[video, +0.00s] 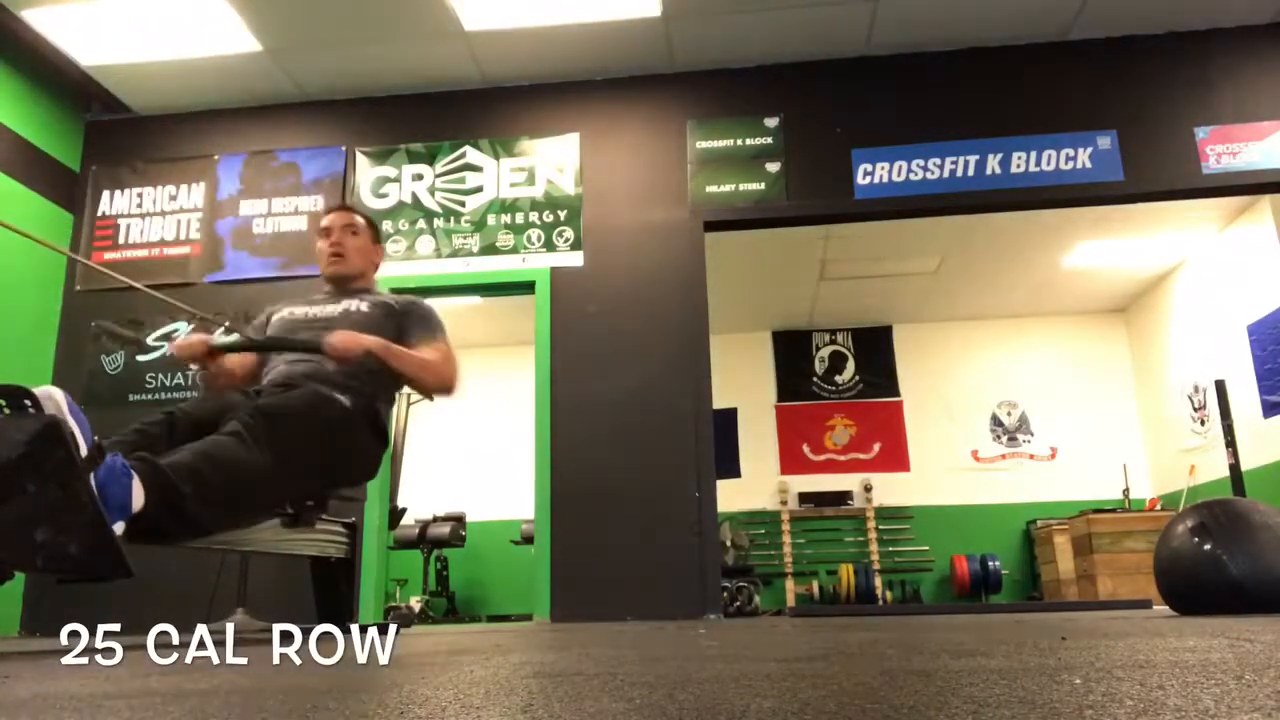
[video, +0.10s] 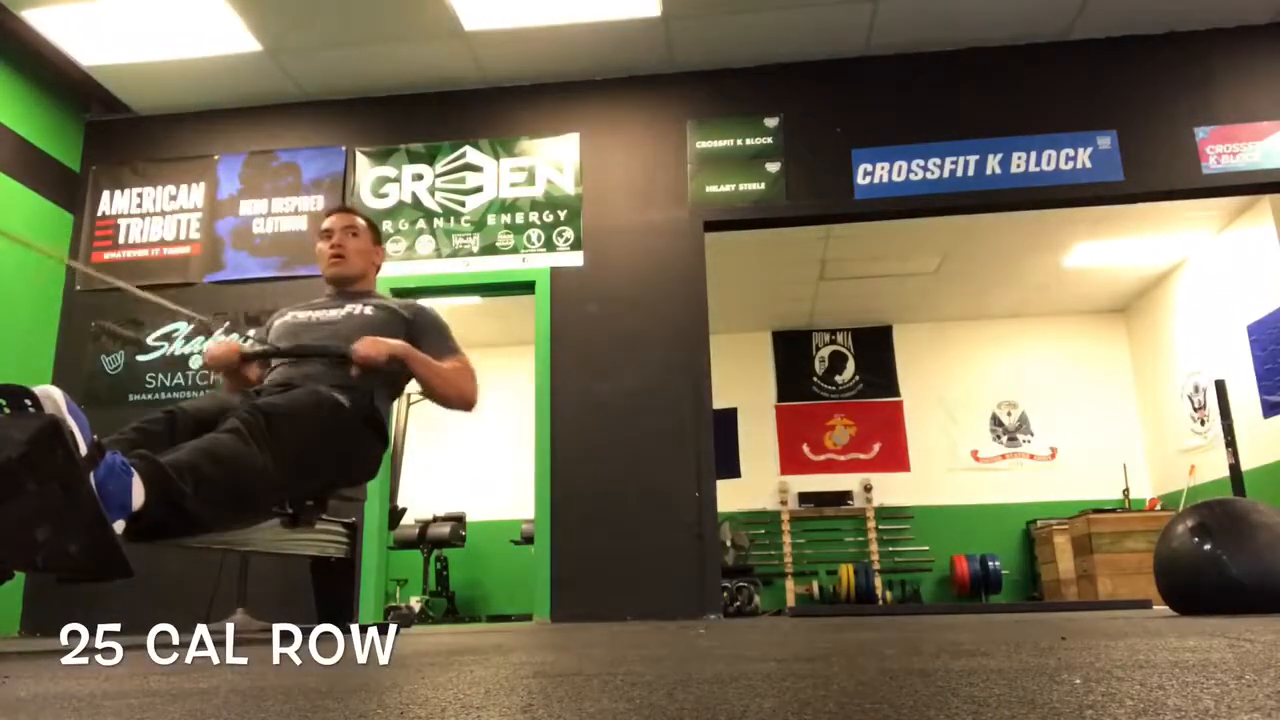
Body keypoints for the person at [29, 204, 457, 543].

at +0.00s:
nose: (333, 239)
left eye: (348, 231)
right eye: (324, 234)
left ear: (376, 252)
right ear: (317, 254)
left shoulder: (403, 309)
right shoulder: (280, 312)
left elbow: (444, 378)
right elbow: (240, 375)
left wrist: (374, 345)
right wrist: (205, 359)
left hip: (343, 410)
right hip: (266, 404)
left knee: (254, 439)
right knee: (178, 423)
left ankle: (127, 495)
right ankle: (98, 462)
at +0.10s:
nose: (335, 241)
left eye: (349, 233)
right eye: (326, 236)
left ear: (378, 255)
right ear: (317, 255)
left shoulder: (408, 315)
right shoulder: (291, 316)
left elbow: (465, 394)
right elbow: (253, 389)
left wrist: (404, 350)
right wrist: (225, 365)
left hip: (346, 410)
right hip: (273, 405)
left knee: (254, 436)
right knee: (177, 420)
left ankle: (130, 494)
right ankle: (95, 472)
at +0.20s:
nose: (334, 243)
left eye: (348, 235)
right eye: (326, 237)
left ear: (377, 254)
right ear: (316, 255)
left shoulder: (409, 316)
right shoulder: (288, 319)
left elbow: (464, 396)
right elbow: (256, 388)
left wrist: (406, 354)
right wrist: (236, 369)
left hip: (346, 409)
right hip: (270, 405)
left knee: (253, 436)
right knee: (176, 420)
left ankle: (129, 493)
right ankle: (95, 474)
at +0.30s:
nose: (333, 243)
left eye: (346, 234)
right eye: (324, 237)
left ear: (375, 252)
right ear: (315, 253)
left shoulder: (407, 315)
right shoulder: (289, 320)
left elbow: (454, 393)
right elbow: (262, 381)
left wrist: (394, 354)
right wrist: (221, 374)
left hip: (343, 411)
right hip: (271, 407)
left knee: (250, 438)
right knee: (176, 421)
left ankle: (127, 493)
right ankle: (91, 473)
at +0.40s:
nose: (329, 237)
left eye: (343, 228)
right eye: (320, 231)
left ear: (374, 246)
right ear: (311, 247)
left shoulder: (401, 308)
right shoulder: (284, 314)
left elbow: (440, 379)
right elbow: (242, 376)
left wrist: (375, 346)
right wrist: (198, 365)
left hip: (341, 408)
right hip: (263, 405)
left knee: (248, 437)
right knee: (165, 424)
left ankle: (130, 489)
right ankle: (88, 468)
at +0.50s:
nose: (323, 226)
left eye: (338, 216)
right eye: (315, 219)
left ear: (368, 236)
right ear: (307, 236)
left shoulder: (392, 296)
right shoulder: (277, 301)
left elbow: (425, 351)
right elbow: (220, 368)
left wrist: (359, 331)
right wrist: (176, 355)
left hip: (342, 410)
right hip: (260, 403)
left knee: (251, 428)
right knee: (172, 420)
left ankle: (130, 489)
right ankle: (94, 458)